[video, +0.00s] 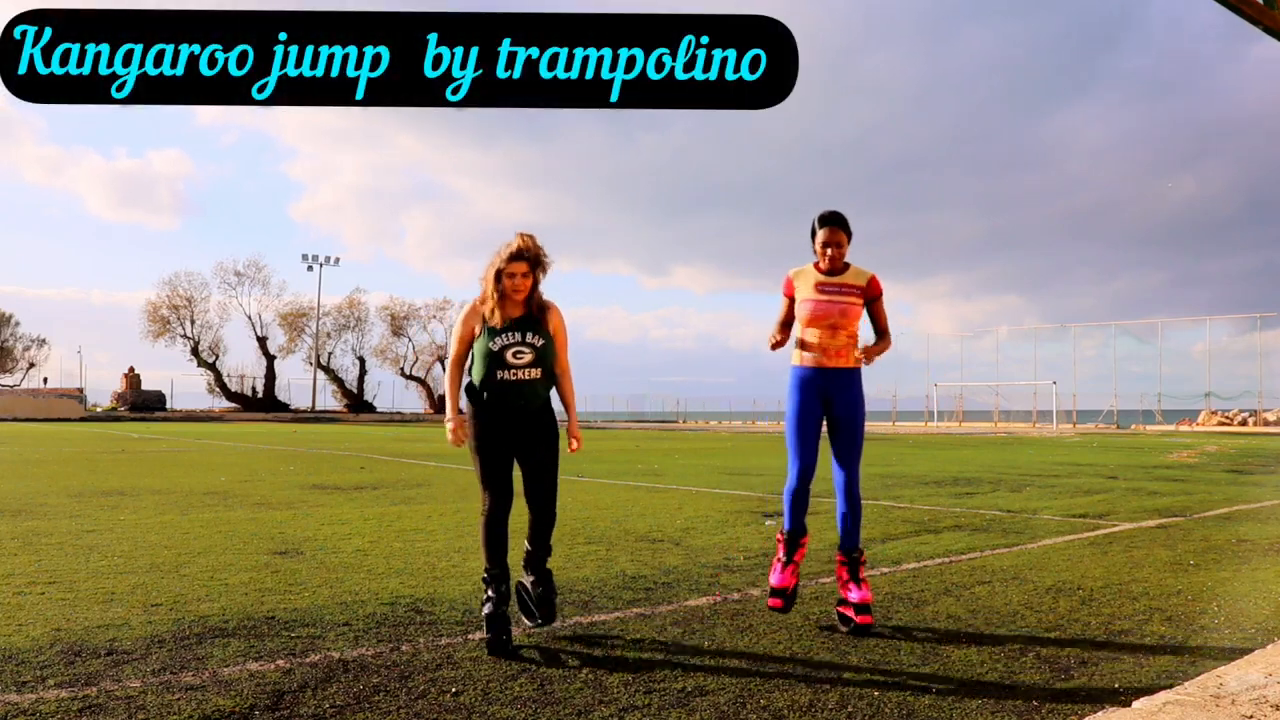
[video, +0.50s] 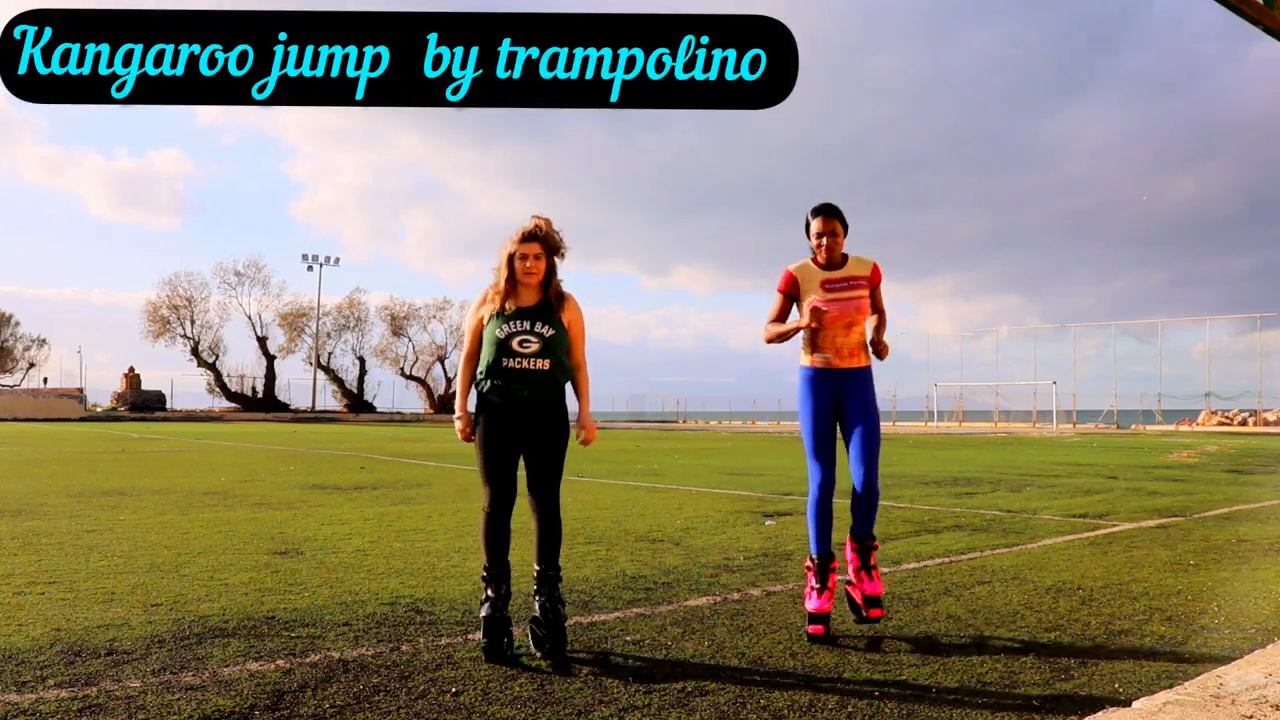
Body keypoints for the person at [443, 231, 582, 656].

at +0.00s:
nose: (519, 283)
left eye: (525, 276)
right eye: (512, 276)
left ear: (535, 278)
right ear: (498, 276)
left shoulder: (549, 314)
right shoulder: (476, 314)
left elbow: (561, 369)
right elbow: (455, 366)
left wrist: (571, 417)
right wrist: (452, 413)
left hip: (538, 420)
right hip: (490, 421)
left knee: (544, 506)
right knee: (497, 503)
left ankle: (537, 574)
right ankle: (495, 592)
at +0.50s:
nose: (531, 263)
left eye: (539, 257)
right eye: (524, 256)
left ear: (549, 262)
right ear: (511, 259)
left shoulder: (565, 306)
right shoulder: (489, 302)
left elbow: (577, 362)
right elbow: (468, 357)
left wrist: (585, 410)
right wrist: (461, 408)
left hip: (547, 415)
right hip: (496, 414)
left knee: (545, 503)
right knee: (497, 502)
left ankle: (548, 595)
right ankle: (494, 597)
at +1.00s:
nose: (528, 261)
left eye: (534, 254)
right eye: (520, 254)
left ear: (542, 258)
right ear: (504, 256)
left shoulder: (555, 301)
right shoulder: (479, 300)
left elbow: (569, 358)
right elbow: (458, 357)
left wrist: (582, 410)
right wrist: (452, 406)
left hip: (545, 416)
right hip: (495, 417)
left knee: (544, 505)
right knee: (497, 505)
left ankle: (547, 595)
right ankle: (493, 598)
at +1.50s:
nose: (555, 250)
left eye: (565, 246)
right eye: (549, 242)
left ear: (576, 254)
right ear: (537, 245)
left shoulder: (584, 297)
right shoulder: (511, 281)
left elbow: (609, 342)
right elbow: (477, 330)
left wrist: (612, 356)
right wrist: (451, 378)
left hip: (545, 402)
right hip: (495, 397)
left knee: (546, 493)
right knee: (487, 485)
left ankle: (548, 592)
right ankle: (475, 587)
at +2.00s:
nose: (568, 263)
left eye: (576, 257)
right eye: (561, 255)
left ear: (588, 264)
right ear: (549, 259)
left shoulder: (594, 308)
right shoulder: (524, 290)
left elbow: (628, 357)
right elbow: (488, 324)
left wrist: (632, 331)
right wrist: (455, 367)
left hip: (553, 406)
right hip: (503, 390)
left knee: (547, 496)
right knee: (452, 463)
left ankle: (542, 590)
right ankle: (393, 545)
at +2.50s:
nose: (504, 260)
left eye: (512, 253)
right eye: (497, 253)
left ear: (524, 258)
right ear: (485, 257)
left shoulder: (542, 292)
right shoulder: (468, 290)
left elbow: (565, 344)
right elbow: (431, 340)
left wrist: (585, 398)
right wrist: (458, 325)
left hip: (540, 397)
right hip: (491, 398)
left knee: (556, 484)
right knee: (482, 490)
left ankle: (577, 578)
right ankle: (480, 585)